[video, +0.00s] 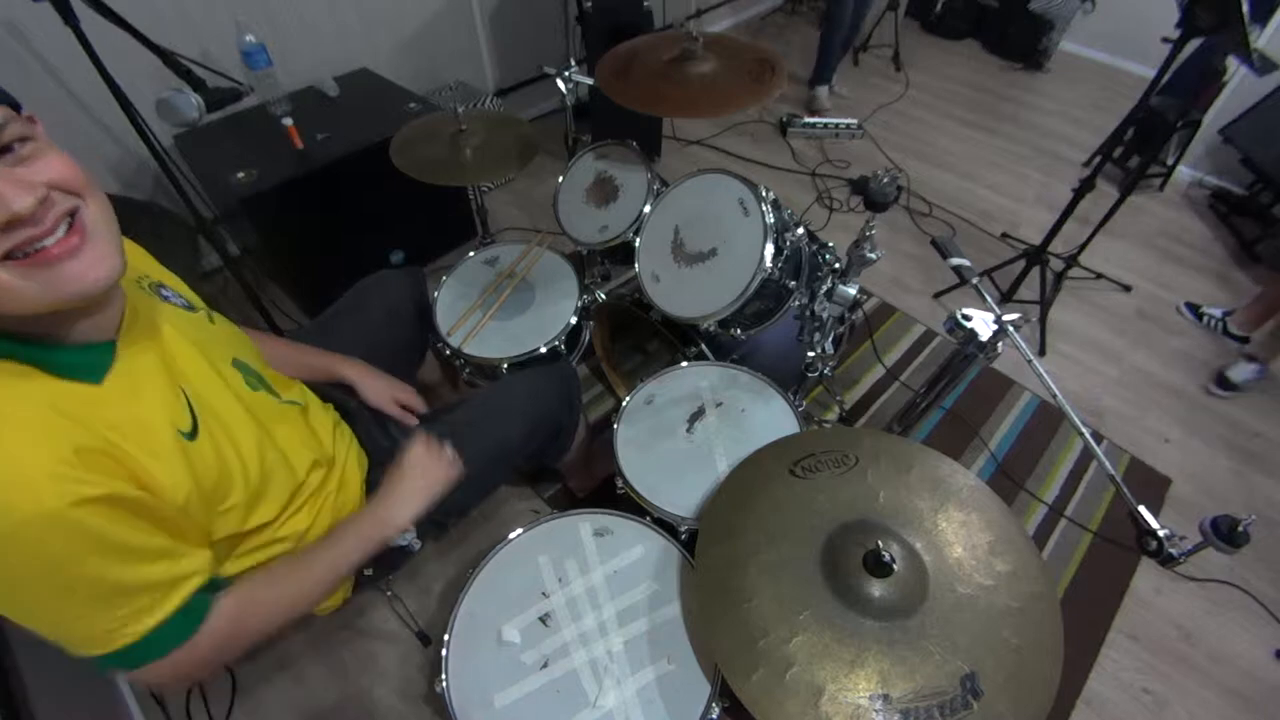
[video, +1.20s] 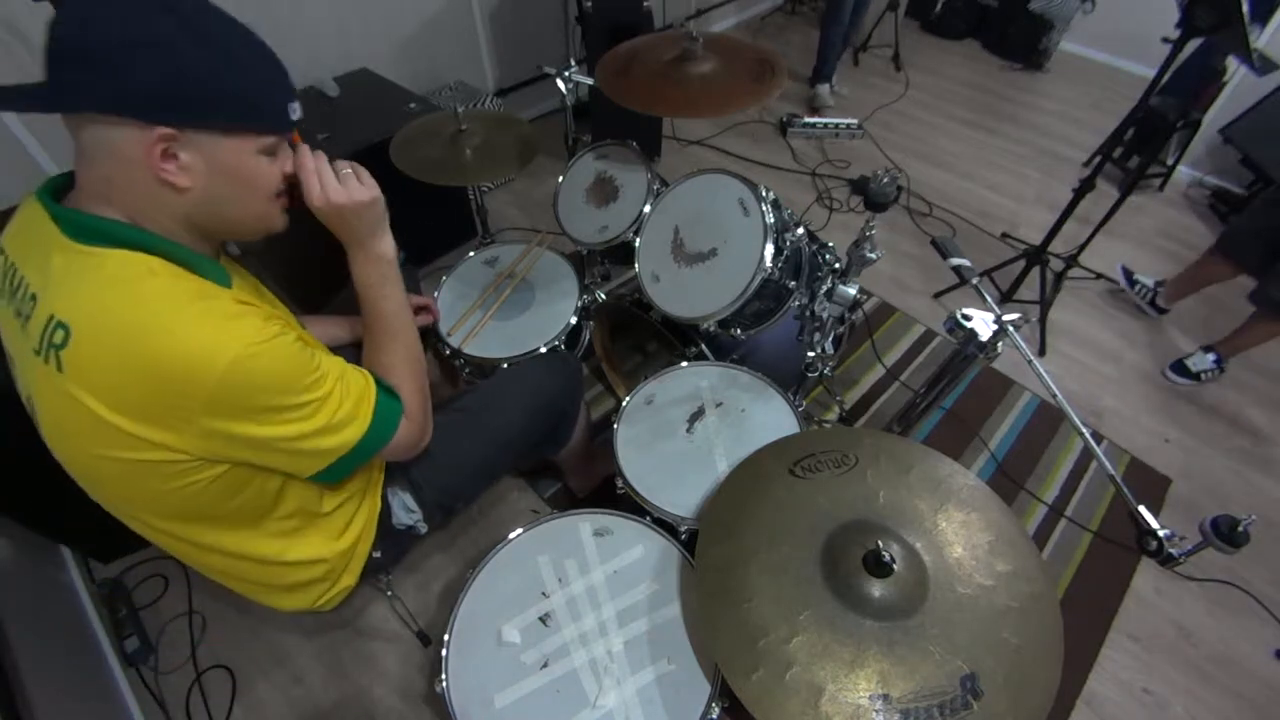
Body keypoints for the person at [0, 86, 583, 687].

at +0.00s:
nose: (27, 197)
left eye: (18, 148)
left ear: (56, 139)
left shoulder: (100, 262)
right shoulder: (37, 500)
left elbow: (213, 342)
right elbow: (175, 654)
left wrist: (347, 369)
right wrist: (388, 513)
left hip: (292, 399)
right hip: (341, 519)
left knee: (408, 284)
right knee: (547, 380)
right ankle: (575, 469)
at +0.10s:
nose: (25, 211)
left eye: (16, 157)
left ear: (54, 148)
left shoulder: (94, 265)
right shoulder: (52, 511)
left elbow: (203, 342)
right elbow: (231, 626)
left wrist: (346, 359)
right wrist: (393, 473)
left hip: (289, 411)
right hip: (348, 533)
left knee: (413, 287)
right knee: (545, 385)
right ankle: (580, 470)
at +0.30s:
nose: (93, 183)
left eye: (71, 144)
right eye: (23, 188)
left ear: (85, 135)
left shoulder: (84, 291)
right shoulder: (84, 473)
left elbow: (195, 338)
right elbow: (306, 578)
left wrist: (355, 320)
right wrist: (403, 397)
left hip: (276, 405)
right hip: (341, 529)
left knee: (400, 288)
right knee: (551, 385)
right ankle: (581, 475)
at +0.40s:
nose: (135, 170)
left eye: (113, 137)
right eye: (74, 175)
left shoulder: (75, 289)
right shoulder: (96, 451)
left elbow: (192, 341)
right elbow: (343, 527)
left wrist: (352, 312)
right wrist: (365, 317)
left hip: (268, 404)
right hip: (341, 530)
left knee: (395, 328)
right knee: (550, 383)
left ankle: (427, 403)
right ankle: (575, 467)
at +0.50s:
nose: (173, 168)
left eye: (153, 139)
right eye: (118, 165)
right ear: (12, 226)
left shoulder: (73, 272)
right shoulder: (117, 422)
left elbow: (201, 339)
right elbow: (384, 467)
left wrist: (352, 318)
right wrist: (332, 267)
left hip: (267, 408)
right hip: (337, 526)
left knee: (394, 331)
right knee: (553, 384)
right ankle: (575, 473)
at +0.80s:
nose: (232, 152)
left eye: (222, 124)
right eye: (195, 141)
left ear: (75, 177)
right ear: (75, 176)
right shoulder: (163, 371)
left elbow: (224, 336)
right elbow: (418, 418)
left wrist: (366, 322)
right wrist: (343, 233)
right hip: (338, 528)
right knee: (556, 373)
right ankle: (577, 472)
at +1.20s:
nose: (293, 169)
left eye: (286, 146)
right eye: (269, 151)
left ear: (160, 163)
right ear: (169, 160)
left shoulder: (39, 224)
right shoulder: (207, 350)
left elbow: (212, 327)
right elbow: (409, 427)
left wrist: (363, 325)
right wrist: (369, 247)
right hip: (340, 530)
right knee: (554, 367)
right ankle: (574, 468)